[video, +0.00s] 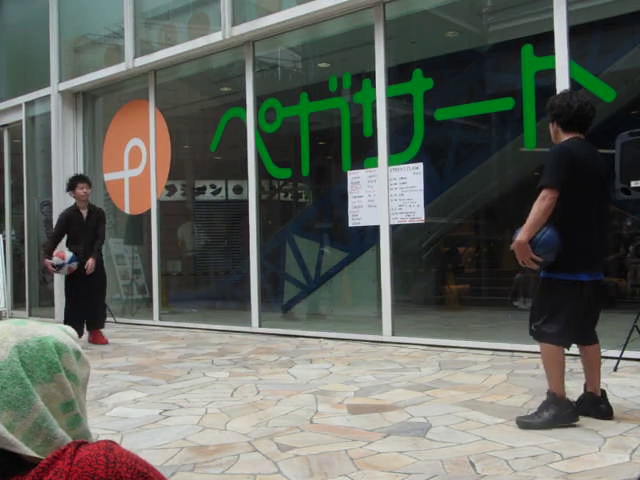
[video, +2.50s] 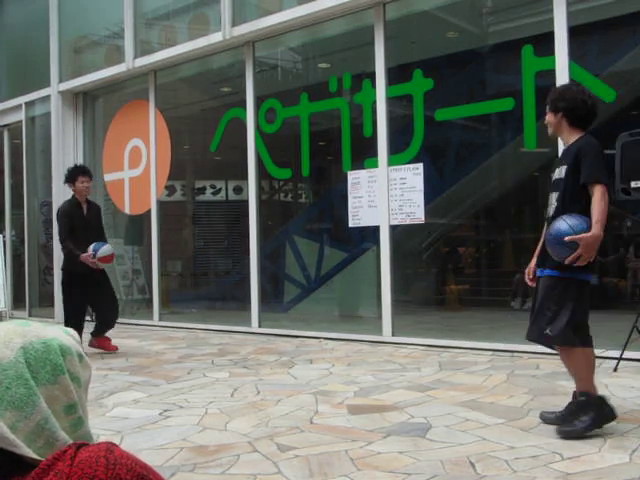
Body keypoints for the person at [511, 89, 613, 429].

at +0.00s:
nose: (549, 128)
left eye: (549, 123)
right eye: (550, 122)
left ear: (555, 125)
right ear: (585, 124)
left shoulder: (561, 154)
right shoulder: (598, 158)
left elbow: (549, 197)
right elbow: (596, 209)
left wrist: (522, 237)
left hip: (563, 263)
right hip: (591, 263)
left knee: (548, 327)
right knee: (585, 328)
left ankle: (557, 402)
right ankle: (594, 397)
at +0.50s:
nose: (564, 131)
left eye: (565, 125)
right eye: (564, 125)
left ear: (574, 123)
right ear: (595, 122)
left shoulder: (586, 147)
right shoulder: (603, 149)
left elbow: (576, 188)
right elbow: (602, 205)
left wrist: (551, 228)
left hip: (595, 259)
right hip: (601, 258)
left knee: (590, 328)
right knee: (594, 328)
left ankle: (619, 399)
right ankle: (599, 393)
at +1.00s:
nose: (591, 118)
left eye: (593, 112)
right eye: (591, 112)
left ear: (608, 112)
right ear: (612, 112)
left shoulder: (628, 143)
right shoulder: (624, 144)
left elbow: (633, 191)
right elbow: (625, 196)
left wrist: (632, 237)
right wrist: (621, 242)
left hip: (622, 254)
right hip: (620, 252)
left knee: (614, 322)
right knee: (613, 322)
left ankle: (599, 394)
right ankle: (599, 393)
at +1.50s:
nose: (602, 113)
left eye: (605, 107)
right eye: (602, 106)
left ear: (620, 108)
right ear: (620, 107)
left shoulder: (633, 146)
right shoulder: (622, 145)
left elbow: (629, 212)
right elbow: (623, 210)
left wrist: (619, 256)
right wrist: (614, 255)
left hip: (633, 258)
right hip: (623, 258)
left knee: (625, 332)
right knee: (620, 328)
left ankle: (610, 398)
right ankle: (608, 397)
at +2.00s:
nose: (577, 115)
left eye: (580, 107)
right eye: (578, 107)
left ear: (594, 109)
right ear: (602, 110)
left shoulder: (617, 144)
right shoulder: (608, 145)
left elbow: (628, 194)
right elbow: (616, 198)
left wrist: (629, 242)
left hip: (609, 256)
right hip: (605, 255)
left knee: (595, 330)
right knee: (594, 330)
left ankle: (584, 403)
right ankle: (584, 402)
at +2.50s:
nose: (545, 118)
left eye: (548, 112)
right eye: (546, 112)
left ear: (561, 115)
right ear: (568, 116)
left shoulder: (587, 147)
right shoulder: (565, 153)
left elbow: (599, 190)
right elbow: (554, 214)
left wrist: (597, 232)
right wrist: (537, 256)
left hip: (571, 259)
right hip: (554, 259)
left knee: (571, 328)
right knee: (557, 329)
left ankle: (591, 401)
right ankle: (584, 398)